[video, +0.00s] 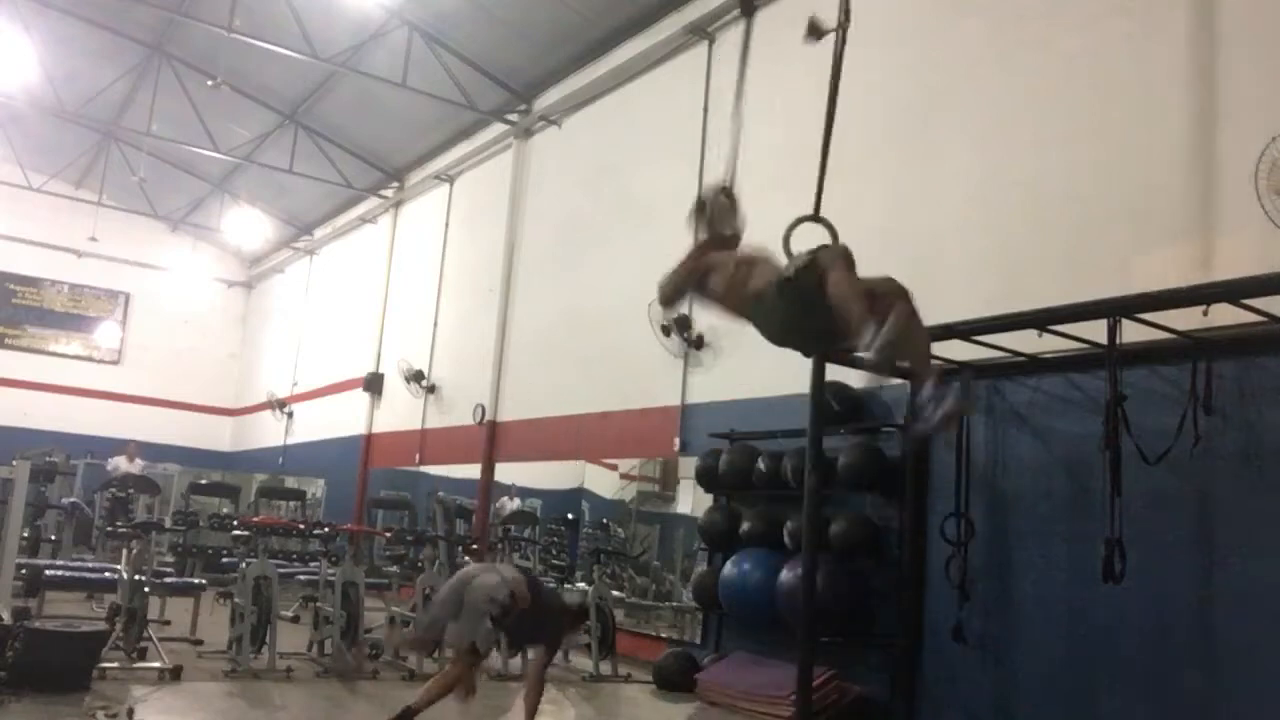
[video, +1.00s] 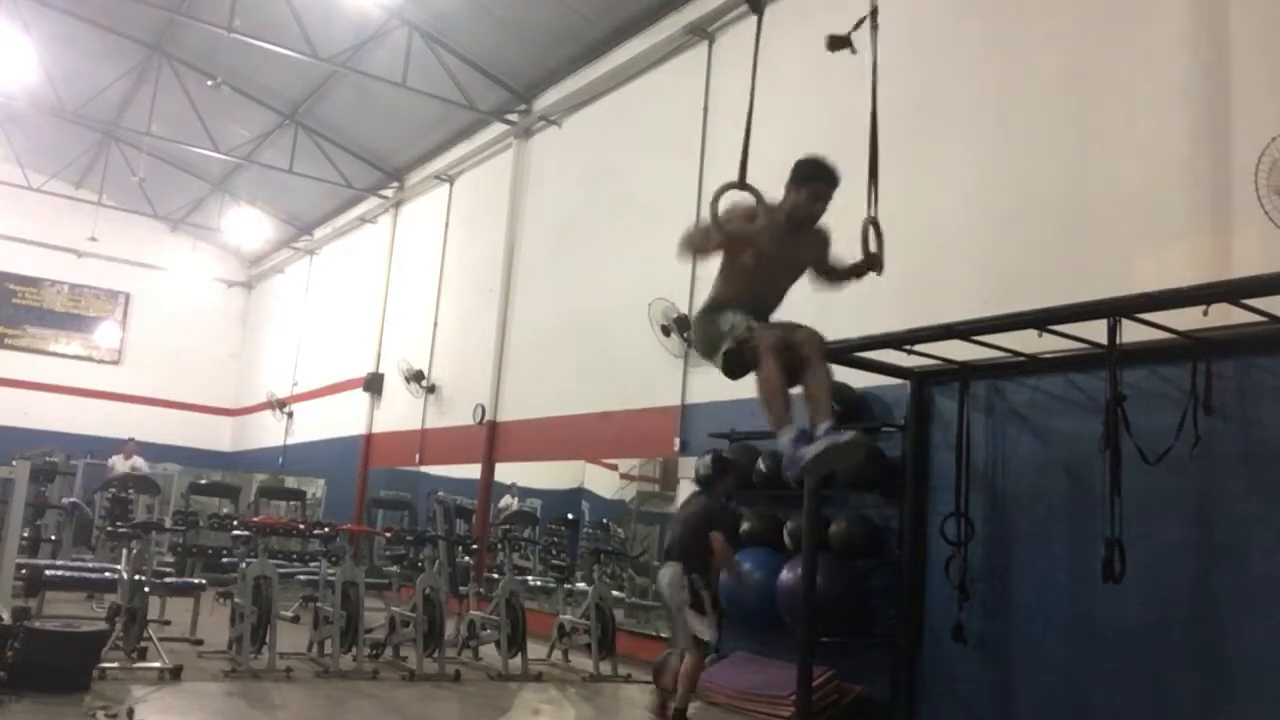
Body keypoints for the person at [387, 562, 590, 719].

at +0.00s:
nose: (574, 633)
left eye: (577, 629)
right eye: (577, 628)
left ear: (564, 603)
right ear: (576, 621)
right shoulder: (556, 619)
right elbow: (534, 676)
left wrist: (469, 675)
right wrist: (529, 717)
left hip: (472, 569)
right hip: (497, 585)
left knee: (423, 640)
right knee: (459, 668)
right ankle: (409, 711)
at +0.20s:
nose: (606, 567)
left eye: (606, 563)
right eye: (608, 562)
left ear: (586, 545)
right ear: (605, 557)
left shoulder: (563, 548)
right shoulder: (590, 571)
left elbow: (514, 563)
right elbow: (578, 625)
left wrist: (469, 599)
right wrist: (563, 670)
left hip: (499, 575)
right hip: (516, 587)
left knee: (534, 636)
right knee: (480, 658)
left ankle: (519, 704)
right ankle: (418, 704)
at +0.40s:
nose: (645, 537)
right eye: (645, 532)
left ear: (621, 522)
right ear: (642, 530)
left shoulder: (601, 534)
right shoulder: (630, 549)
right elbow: (620, 603)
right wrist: (615, 646)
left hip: (546, 584)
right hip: (559, 593)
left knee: (578, 647)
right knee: (550, 669)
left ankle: (562, 710)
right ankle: (486, 693)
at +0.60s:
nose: (680, 510)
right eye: (681, 505)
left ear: (661, 496)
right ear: (679, 504)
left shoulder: (639, 512)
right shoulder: (663, 523)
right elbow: (649, 571)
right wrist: (646, 614)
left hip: (582, 564)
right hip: (604, 571)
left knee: (585, 643)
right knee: (629, 637)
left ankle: (563, 704)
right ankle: (612, 704)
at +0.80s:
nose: (707, 507)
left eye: (707, 503)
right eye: (706, 503)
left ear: (682, 498)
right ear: (700, 503)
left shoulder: (666, 512)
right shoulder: (693, 523)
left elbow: (641, 547)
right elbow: (684, 569)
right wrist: (682, 615)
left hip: (630, 576)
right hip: (650, 582)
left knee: (629, 651)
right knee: (683, 649)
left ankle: (585, 691)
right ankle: (678, 712)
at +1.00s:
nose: (734, 483)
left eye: (734, 477)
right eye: (731, 478)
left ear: (705, 478)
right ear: (723, 479)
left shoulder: (693, 501)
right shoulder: (717, 507)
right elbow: (719, 547)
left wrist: (718, 563)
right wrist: (732, 567)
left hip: (667, 569)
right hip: (685, 573)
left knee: (679, 646)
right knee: (696, 648)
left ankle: (662, 705)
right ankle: (680, 710)